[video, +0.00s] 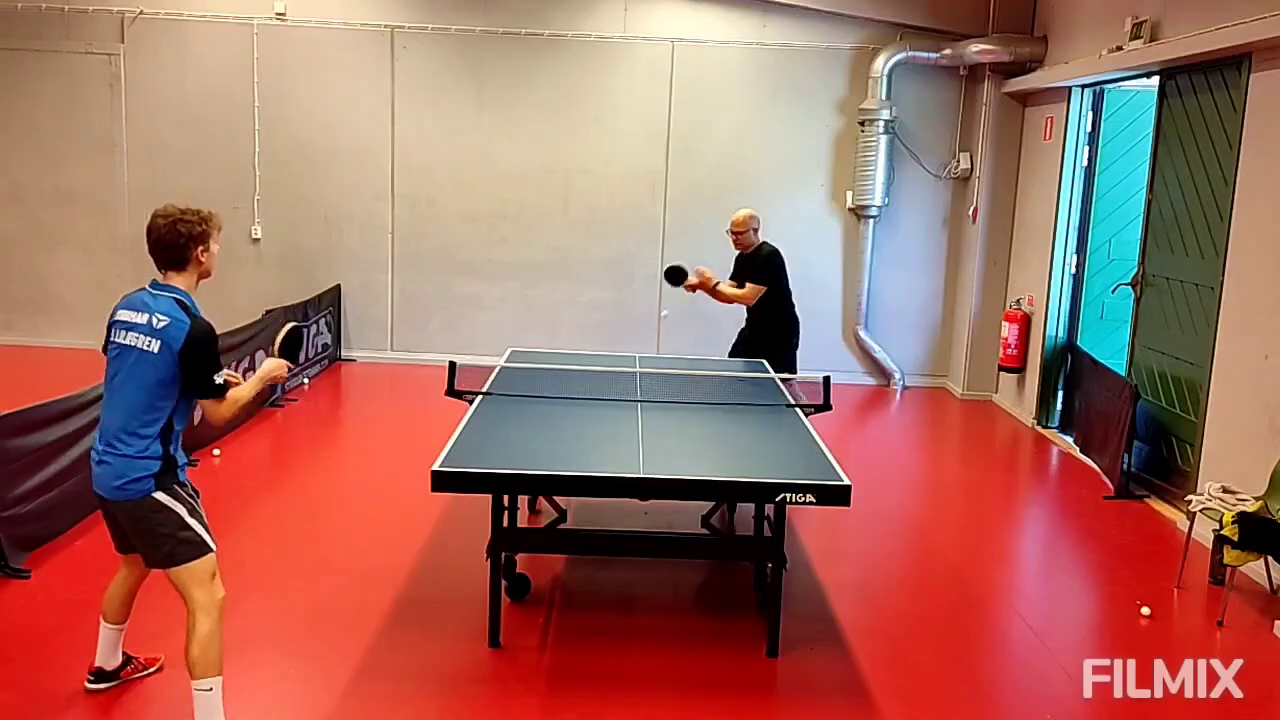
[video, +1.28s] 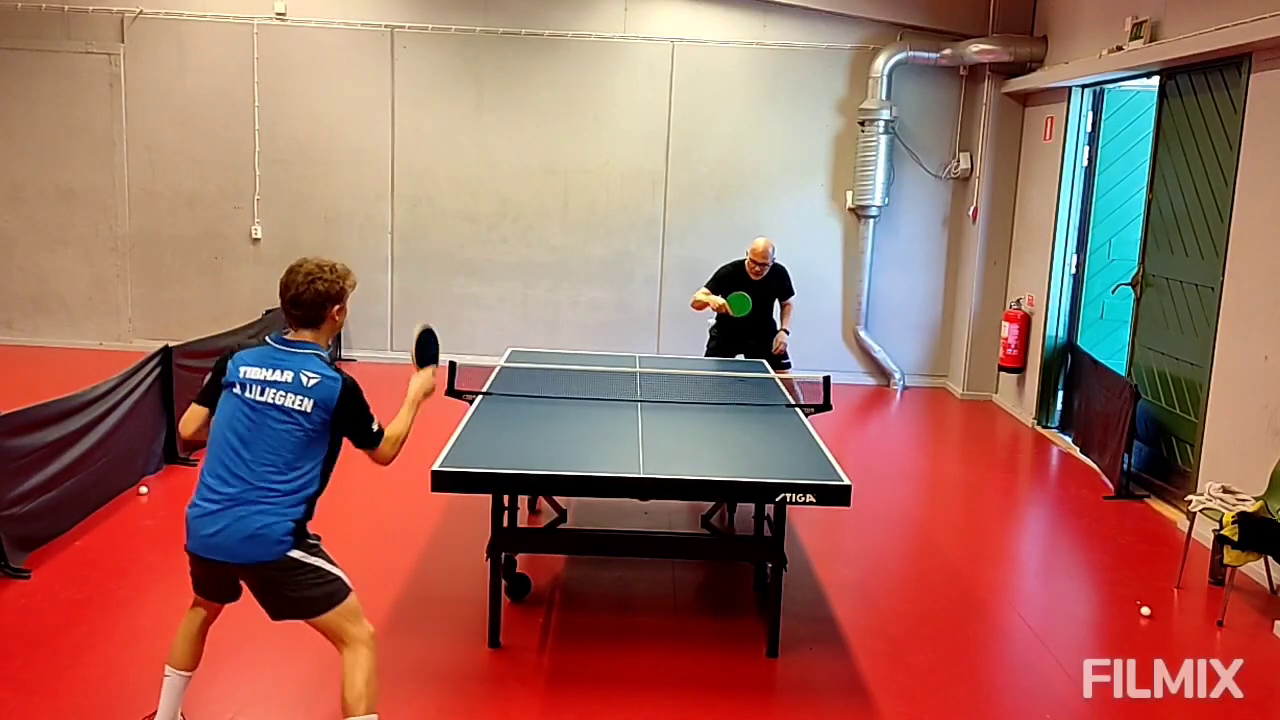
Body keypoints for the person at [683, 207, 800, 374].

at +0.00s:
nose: (734, 239)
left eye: (740, 234)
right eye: (732, 234)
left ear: (755, 231)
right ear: (729, 233)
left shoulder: (768, 256)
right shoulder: (742, 258)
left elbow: (749, 297)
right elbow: (731, 295)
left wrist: (714, 284)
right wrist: (703, 286)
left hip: (779, 330)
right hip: (755, 327)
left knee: (782, 384)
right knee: (732, 373)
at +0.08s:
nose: (742, 240)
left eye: (747, 236)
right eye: (739, 235)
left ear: (763, 234)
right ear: (736, 234)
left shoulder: (779, 258)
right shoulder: (743, 260)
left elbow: (767, 301)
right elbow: (724, 294)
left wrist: (736, 282)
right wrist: (709, 271)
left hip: (788, 330)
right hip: (762, 328)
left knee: (790, 385)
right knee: (736, 372)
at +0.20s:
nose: (756, 237)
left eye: (762, 232)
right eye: (753, 232)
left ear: (776, 231)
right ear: (748, 231)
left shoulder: (795, 255)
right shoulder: (749, 256)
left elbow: (805, 296)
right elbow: (723, 284)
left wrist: (766, 294)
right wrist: (721, 255)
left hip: (793, 330)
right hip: (762, 328)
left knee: (797, 386)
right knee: (740, 373)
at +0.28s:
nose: (763, 233)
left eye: (768, 229)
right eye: (759, 229)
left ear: (782, 229)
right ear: (754, 228)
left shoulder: (799, 254)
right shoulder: (750, 254)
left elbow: (814, 293)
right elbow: (726, 285)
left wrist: (778, 302)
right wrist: (724, 259)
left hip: (792, 332)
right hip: (759, 330)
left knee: (799, 386)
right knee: (737, 377)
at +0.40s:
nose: (768, 234)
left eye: (774, 229)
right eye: (764, 229)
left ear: (786, 230)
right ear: (759, 229)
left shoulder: (801, 257)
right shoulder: (748, 256)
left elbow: (819, 292)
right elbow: (726, 296)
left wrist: (802, 306)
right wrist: (728, 284)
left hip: (787, 334)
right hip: (751, 332)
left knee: (797, 389)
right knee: (731, 382)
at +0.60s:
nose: (759, 245)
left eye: (765, 241)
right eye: (755, 240)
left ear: (775, 244)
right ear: (749, 241)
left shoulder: (785, 269)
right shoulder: (734, 269)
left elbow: (797, 301)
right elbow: (712, 304)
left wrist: (800, 315)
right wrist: (723, 309)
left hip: (772, 344)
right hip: (734, 342)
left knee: (789, 390)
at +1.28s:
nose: (757, 269)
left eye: (763, 265)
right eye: (753, 263)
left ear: (772, 261)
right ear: (747, 254)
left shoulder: (779, 274)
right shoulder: (729, 272)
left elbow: (786, 304)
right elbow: (695, 301)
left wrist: (784, 331)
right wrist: (710, 300)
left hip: (762, 334)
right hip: (726, 334)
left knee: (787, 384)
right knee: (708, 381)